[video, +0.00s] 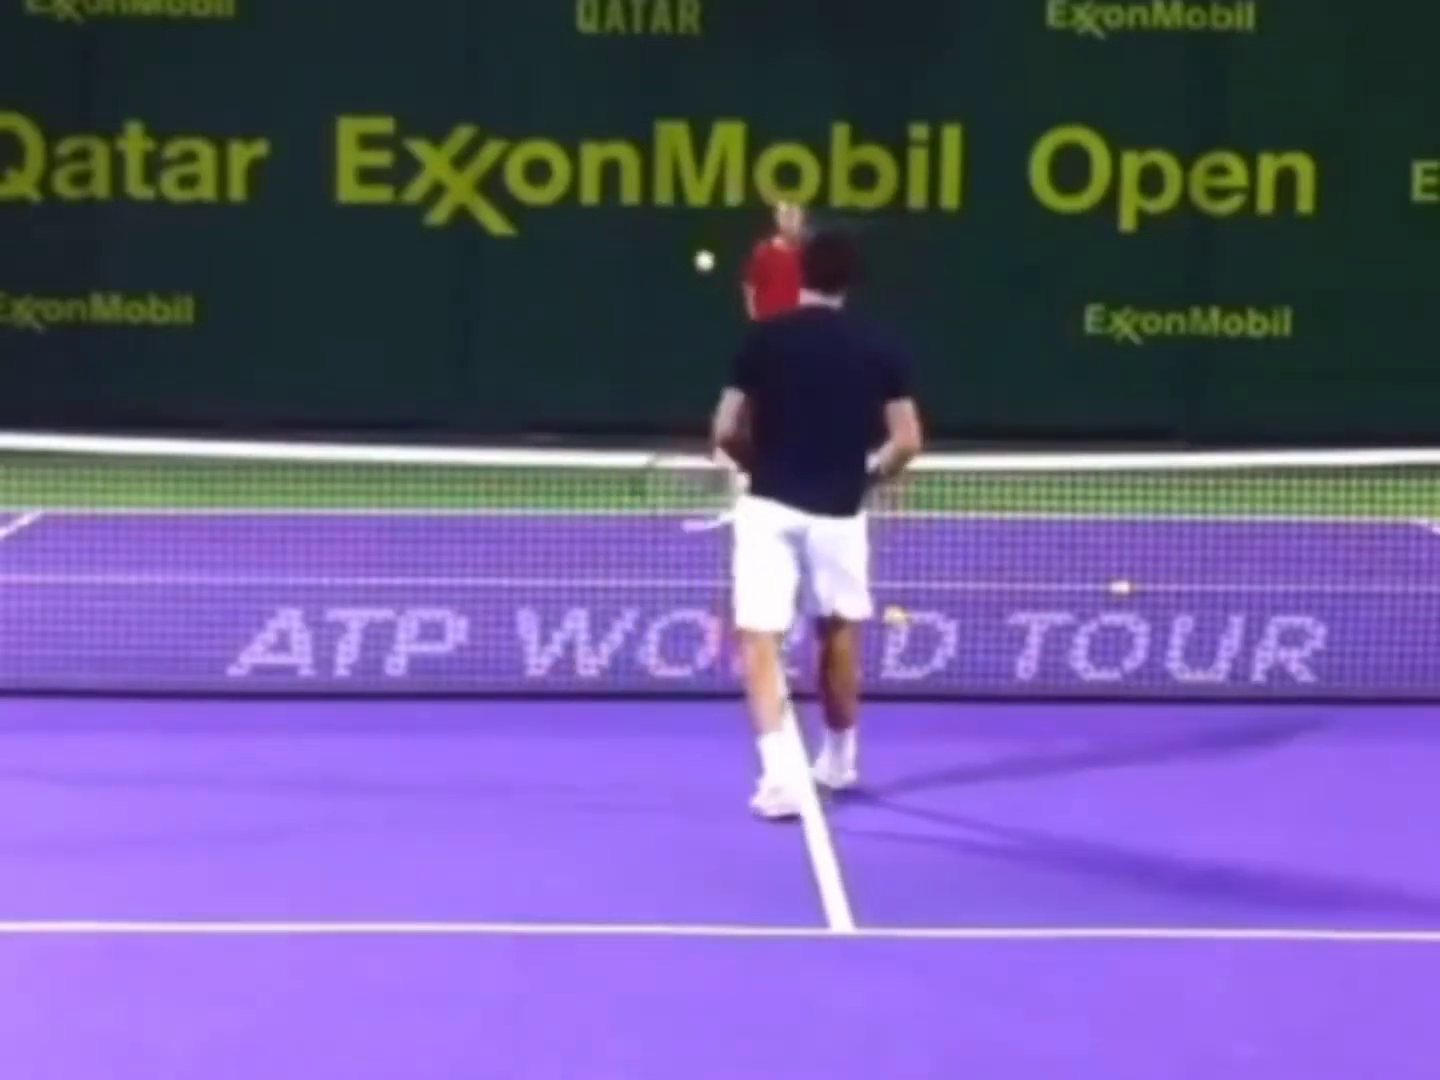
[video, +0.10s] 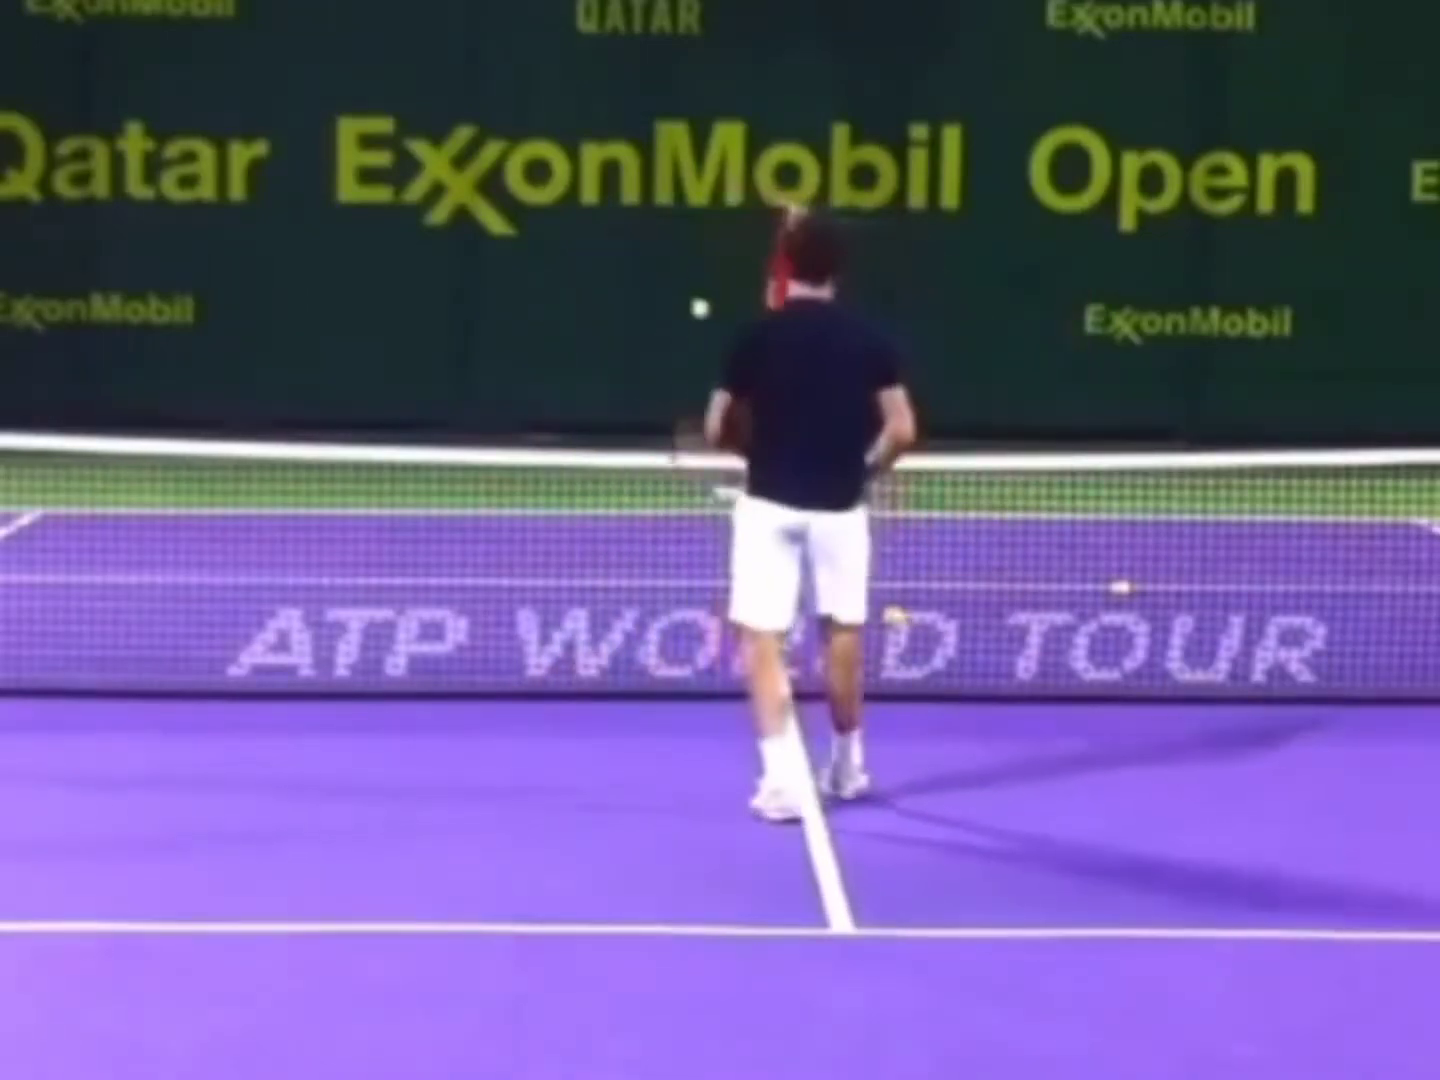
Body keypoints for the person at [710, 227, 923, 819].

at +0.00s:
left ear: (800, 278)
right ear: (852, 282)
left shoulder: (765, 337)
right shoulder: (874, 345)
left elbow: (726, 429)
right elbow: (906, 439)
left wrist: (764, 462)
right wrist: (867, 472)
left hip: (768, 505)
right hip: (840, 514)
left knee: (760, 642)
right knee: (841, 634)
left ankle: (783, 774)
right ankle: (840, 760)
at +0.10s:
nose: (775, 273)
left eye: (778, 265)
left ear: (782, 270)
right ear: (838, 272)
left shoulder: (760, 335)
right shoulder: (864, 336)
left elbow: (718, 427)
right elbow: (901, 427)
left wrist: (765, 443)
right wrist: (865, 466)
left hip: (767, 503)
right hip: (839, 509)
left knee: (763, 641)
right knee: (844, 632)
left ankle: (784, 775)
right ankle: (848, 762)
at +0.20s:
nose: (830, 266)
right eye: (833, 258)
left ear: (779, 259)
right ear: (835, 260)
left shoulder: (749, 323)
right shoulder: (858, 326)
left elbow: (717, 414)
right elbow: (898, 415)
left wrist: (760, 415)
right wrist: (863, 450)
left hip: (769, 493)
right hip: (841, 497)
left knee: (769, 632)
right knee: (853, 625)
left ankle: (782, 771)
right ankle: (855, 766)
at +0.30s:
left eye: (786, 246)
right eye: (823, 248)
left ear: (776, 253)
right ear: (833, 255)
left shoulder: (749, 322)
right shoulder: (859, 323)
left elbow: (718, 413)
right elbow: (896, 415)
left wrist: (762, 415)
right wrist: (855, 439)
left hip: (769, 493)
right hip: (841, 496)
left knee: (770, 632)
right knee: (863, 626)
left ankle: (781, 770)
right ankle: (861, 761)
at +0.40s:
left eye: (787, 251)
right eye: (827, 251)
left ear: (779, 257)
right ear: (837, 257)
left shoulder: (754, 325)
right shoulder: (862, 326)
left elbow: (727, 418)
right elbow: (895, 420)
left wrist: (770, 421)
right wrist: (847, 438)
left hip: (770, 496)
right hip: (842, 501)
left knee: (770, 635)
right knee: (872, 624)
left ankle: (781, 774)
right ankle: (863, 755)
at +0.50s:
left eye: (800, 257)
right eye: (839, 254)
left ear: (790, 263)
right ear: (848, 262)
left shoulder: (761, 329)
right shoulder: (874, 334)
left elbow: (734, 418)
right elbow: (898, 431)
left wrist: (769, 428)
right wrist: (851, 444)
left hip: (772, 502)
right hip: (845, 508)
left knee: (770, 639)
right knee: (870, 638)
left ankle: (779, 775)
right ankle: (864, 767)